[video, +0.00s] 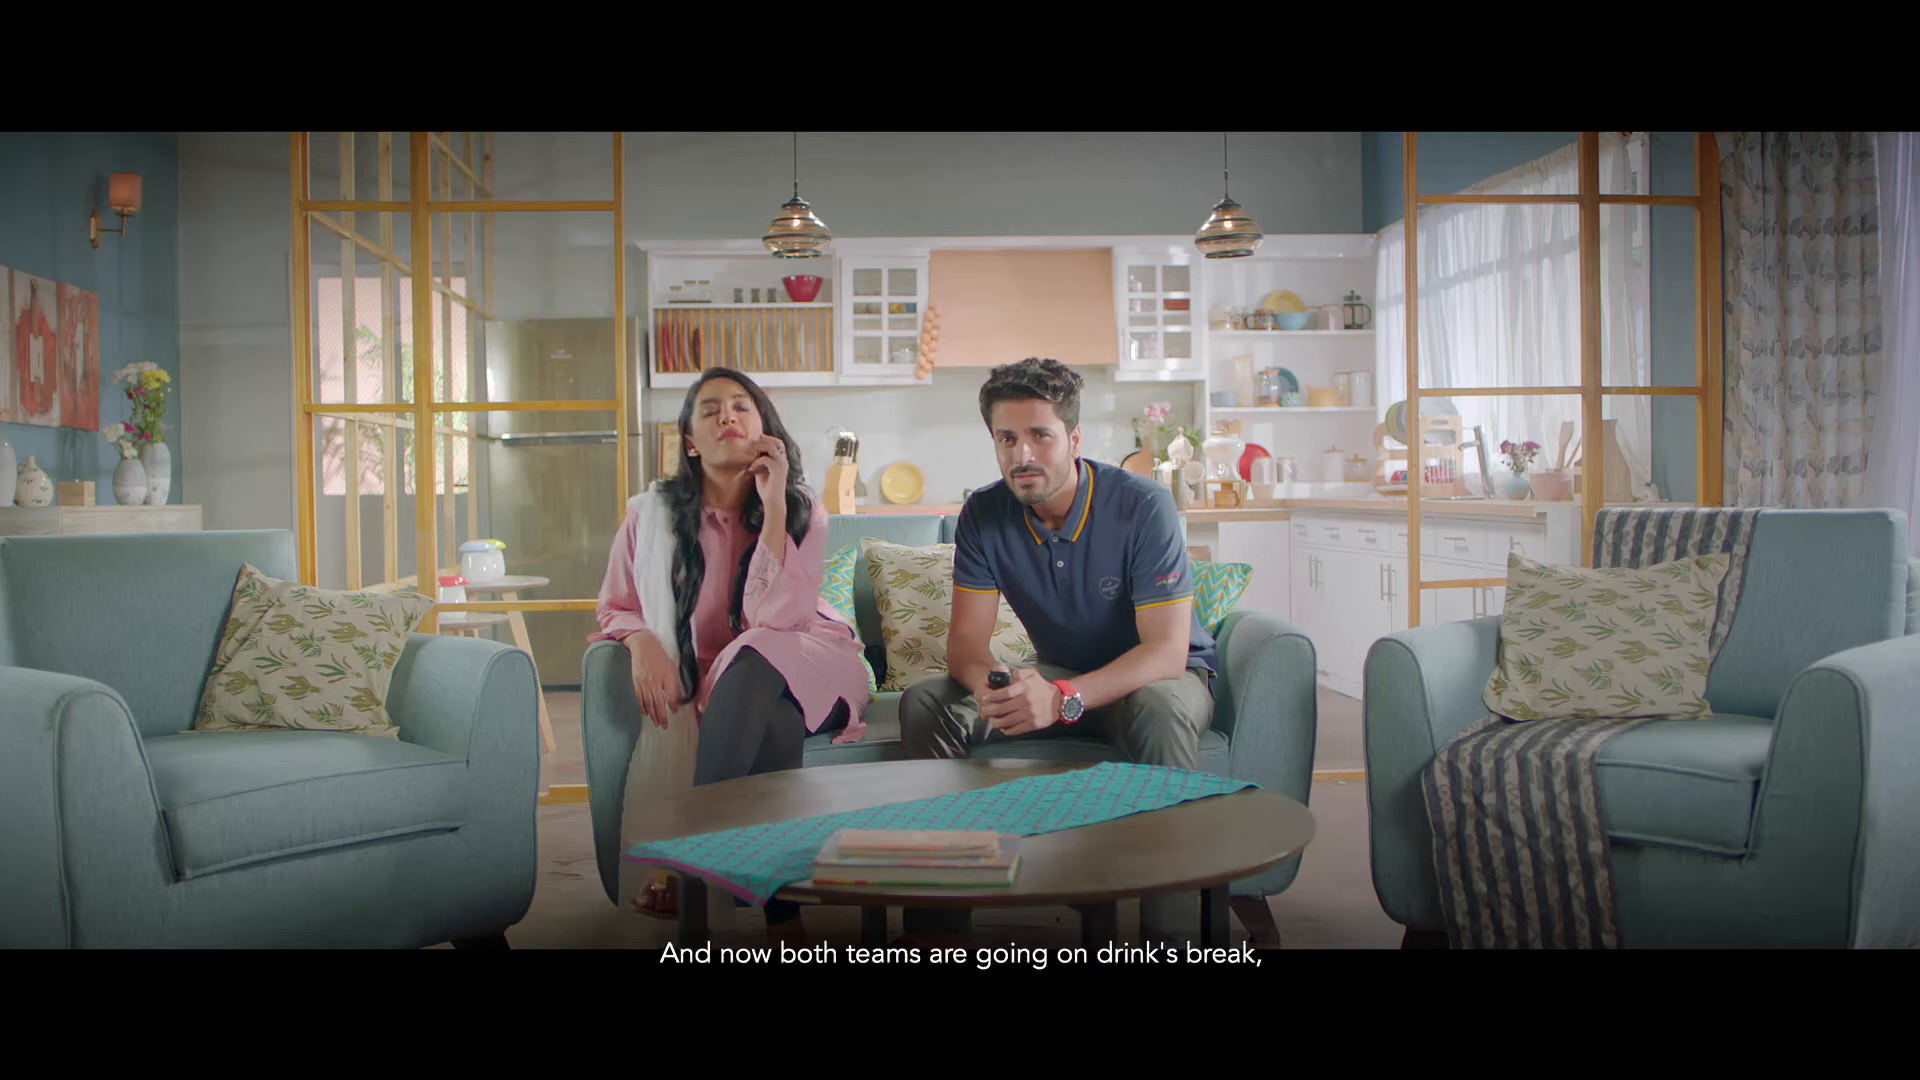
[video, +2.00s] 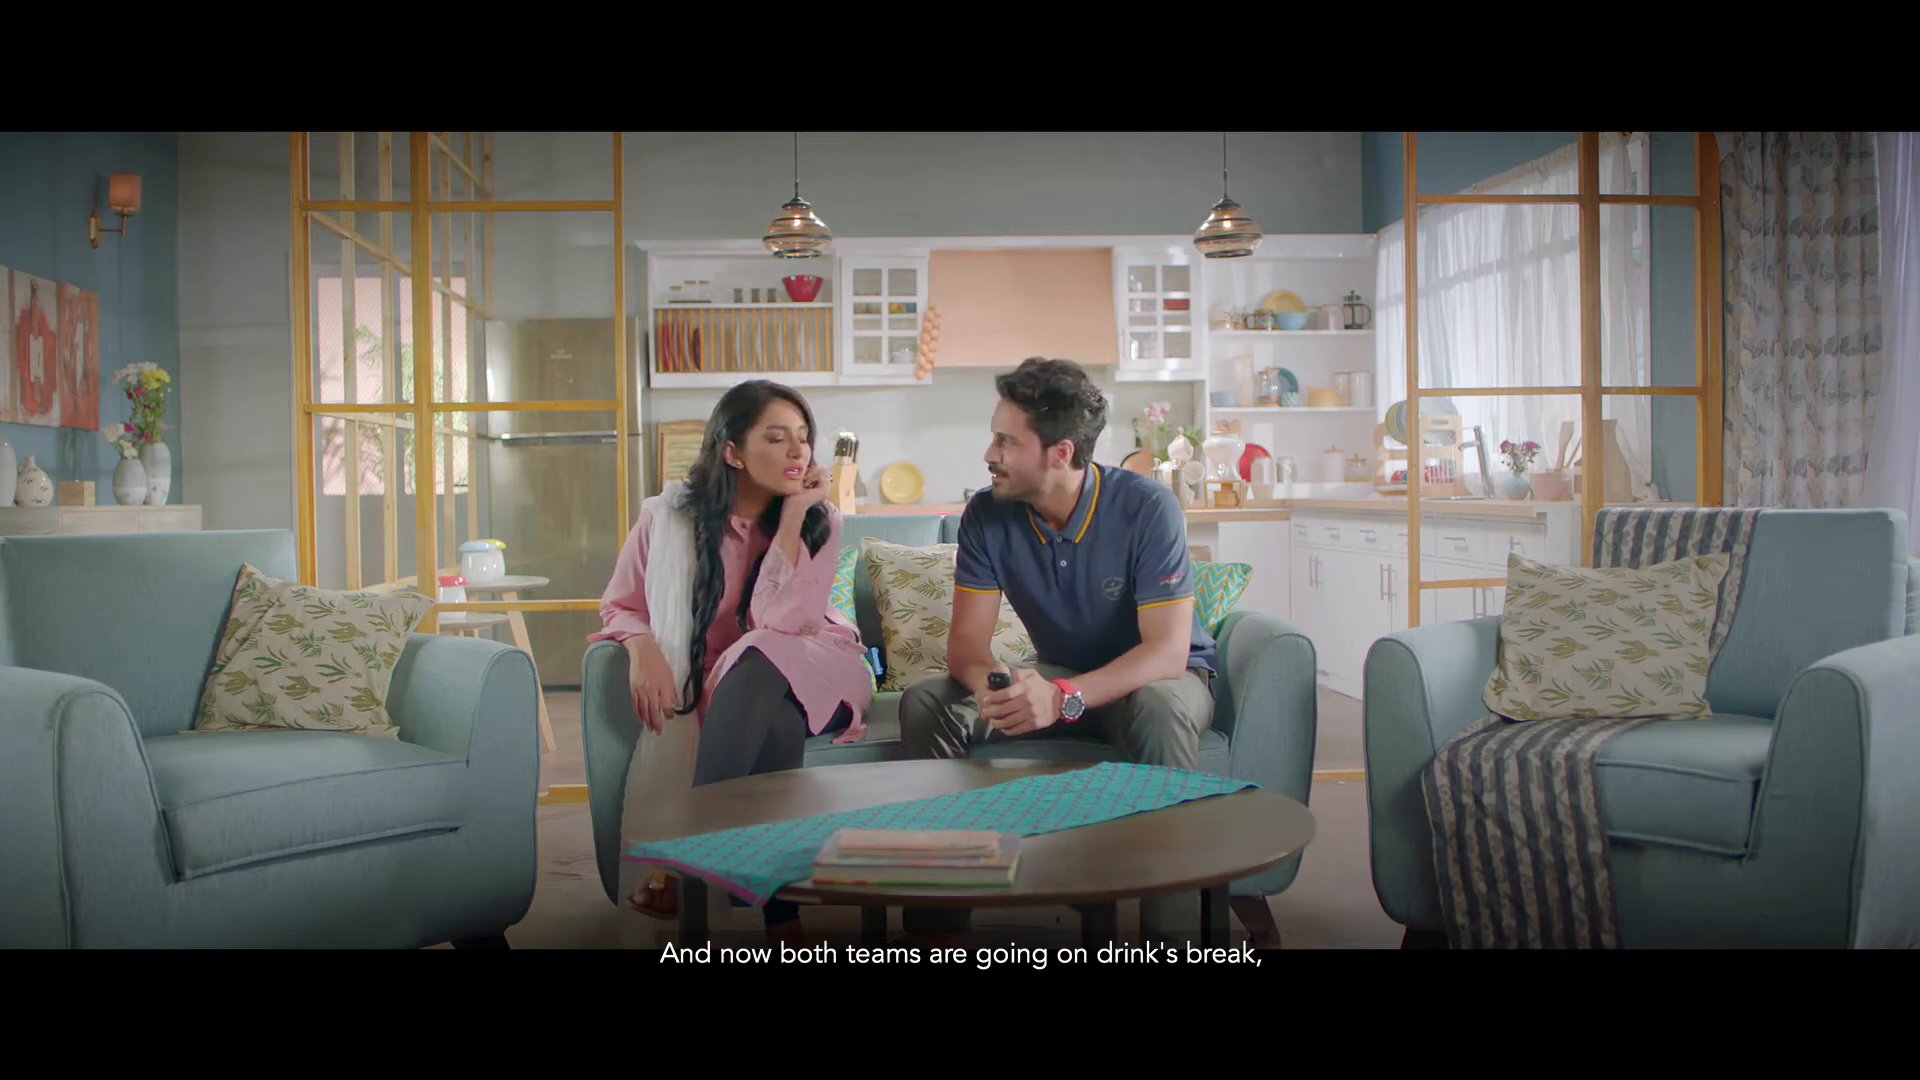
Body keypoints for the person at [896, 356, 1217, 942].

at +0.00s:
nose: (1022, 454)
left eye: (1039, 436)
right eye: (1007, 438)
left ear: (1074, 440)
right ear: (993, 443)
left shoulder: (1142, 507)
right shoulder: (984, 515)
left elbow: (1167, 655)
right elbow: (966, 647)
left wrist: (1065, 698)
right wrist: (996, 685)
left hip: (1156, 678)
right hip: (1058, 680)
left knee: (1157, 709)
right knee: (926, 702)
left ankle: (1172, 924)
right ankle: (942, 898)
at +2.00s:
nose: (990, 456)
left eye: (1006, 444)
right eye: (994, 438)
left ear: (1061, 453)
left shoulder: (1147, 509)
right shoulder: (987, 515)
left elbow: (1167, 654)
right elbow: (967, 648)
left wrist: (1064, 697)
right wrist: (996, 687)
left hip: (1156, 677)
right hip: (1059, 678)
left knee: (1157, 709)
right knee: (926, 702)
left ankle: (1174, 923)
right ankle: (943, 898)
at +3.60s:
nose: (1003, 458)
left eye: (1018, 449)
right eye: (1007, 441)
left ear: (1072, 463)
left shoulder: (1154, 509)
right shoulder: (992, 514)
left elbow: (1166, 654)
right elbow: (969, 642)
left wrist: (1052, 693)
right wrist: (913, 651)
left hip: (1157, 677)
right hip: (1061, 674)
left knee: (1155, 711)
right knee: (929, 703)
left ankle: (1166, 928)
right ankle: (940, 917)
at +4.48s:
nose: (1049, 486)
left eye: (1069, 474)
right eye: (1040, 465)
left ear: (1116, 459)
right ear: (1035, 442)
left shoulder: (1174, 508)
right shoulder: (1015, 503)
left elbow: (1169, 653)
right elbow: (1000, 619)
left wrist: (1057, 683)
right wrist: (970, 675)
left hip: (1154, 680)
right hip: (1058, 680)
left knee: (1153, 708)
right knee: (936, 705)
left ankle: (1172, 929)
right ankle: (949, 915)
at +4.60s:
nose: (1117, 495)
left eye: (1138, 479)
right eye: (1103, 471)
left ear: (1169, 467)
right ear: (1085, 448)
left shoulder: (1209, 525)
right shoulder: (1044, 492)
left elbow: (1195, 670)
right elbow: (1021, 612)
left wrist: (1096, 693)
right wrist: (1011, 676)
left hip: (1164, 673)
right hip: (1066, 658)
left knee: (1152, 731)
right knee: (954, 715)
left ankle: (1162, 922)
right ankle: (962, 916)